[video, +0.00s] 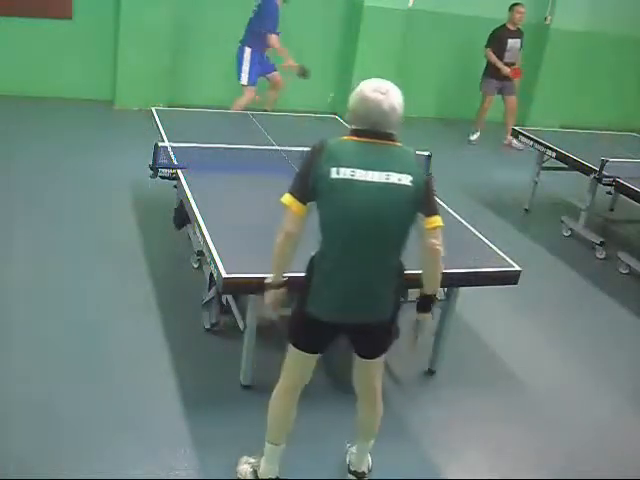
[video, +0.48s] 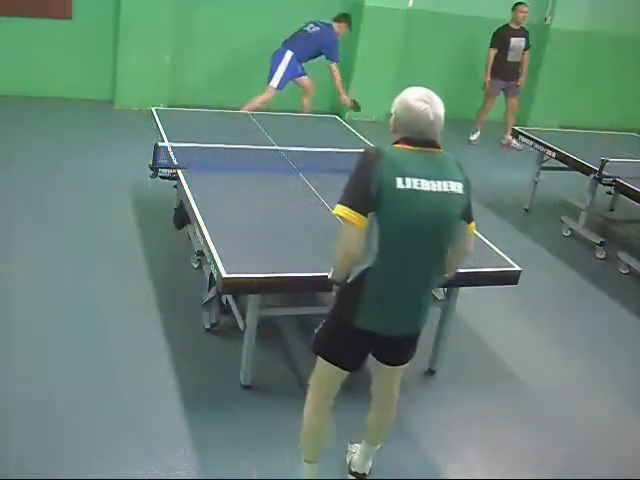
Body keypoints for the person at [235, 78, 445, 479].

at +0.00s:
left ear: (351, 116)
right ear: (397, 120)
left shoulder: (324, 154)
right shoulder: (416, 167)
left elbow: (291, 229)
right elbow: (434, 246)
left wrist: (275, 282)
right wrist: (429, 301)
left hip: (323, 296)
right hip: (378, 302)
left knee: (290, 384)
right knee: (370, 387)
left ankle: (268, 467)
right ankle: (360, 462)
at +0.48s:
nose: (389, 120)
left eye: (392, 116)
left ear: (395, 123)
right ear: (438, 128)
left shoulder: (376, 161)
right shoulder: (455, 171)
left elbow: (352, 243)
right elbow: (464, 242)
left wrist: (337, 277)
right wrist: (435, 278)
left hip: (363, 302)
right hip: (411, 306)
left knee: (321, 393)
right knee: (387, 390)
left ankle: (308, 471)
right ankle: (363, 462)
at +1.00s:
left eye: (391, 137)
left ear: (393, 146)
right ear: (443, 147)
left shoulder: (371, 191)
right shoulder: (464, 194)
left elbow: (344, 273)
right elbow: (488, 275)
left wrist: (339, 317)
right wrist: (475, 331)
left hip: (372, 334)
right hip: (424, 335)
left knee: (361, 440)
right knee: (389, 408)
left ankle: (360, 467)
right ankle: (368, 455)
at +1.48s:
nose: (403, 151)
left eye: (405, 146)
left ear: (409, 154)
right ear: (459, 153)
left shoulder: (386, 202)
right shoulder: (484, 202)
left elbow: (355, 281)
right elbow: (499, 282)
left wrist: (349, 323)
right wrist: (455, 289)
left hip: (385, 343)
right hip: (440, 341)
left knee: (369, 438)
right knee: (426, 404)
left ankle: (362, 471)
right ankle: (428, 468)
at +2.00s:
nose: (459, 143)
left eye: (461, 138)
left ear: (466, 146)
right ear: (512, 151)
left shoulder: (447, 186)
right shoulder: (530, 198)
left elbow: (419, 265)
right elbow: (540, 275)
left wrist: (405, 301)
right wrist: (499, 288)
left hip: (432, 329)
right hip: (481, 333)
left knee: (383, 412)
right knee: (467, 407)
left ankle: (369, 471)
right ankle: (462, 474)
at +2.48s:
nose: (417, 145)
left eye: (418, 140)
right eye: (419, 139)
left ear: (425, 146)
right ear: (469, 151)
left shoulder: (401, 185)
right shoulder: (487, 199)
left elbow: (373, 265)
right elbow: (506, 279)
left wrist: (374, 311)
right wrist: (464, 284)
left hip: (398, 329)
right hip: (451, 335)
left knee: (354, 420)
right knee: (446, 413)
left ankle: (338, 474)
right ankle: (453, 472)